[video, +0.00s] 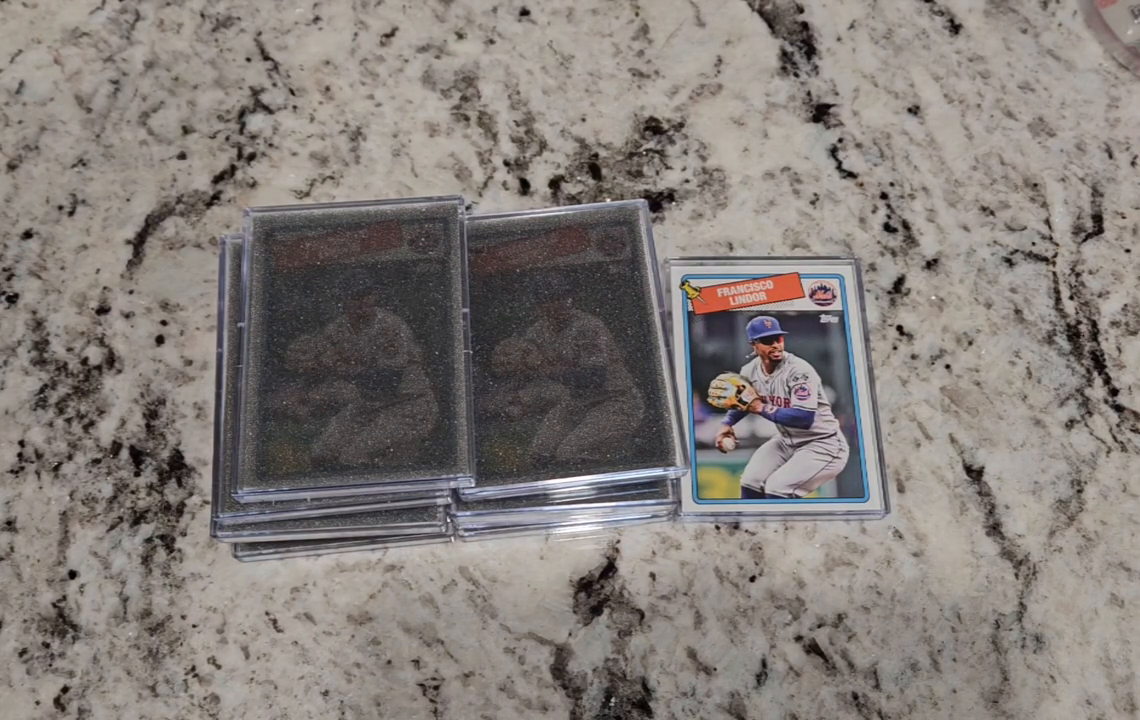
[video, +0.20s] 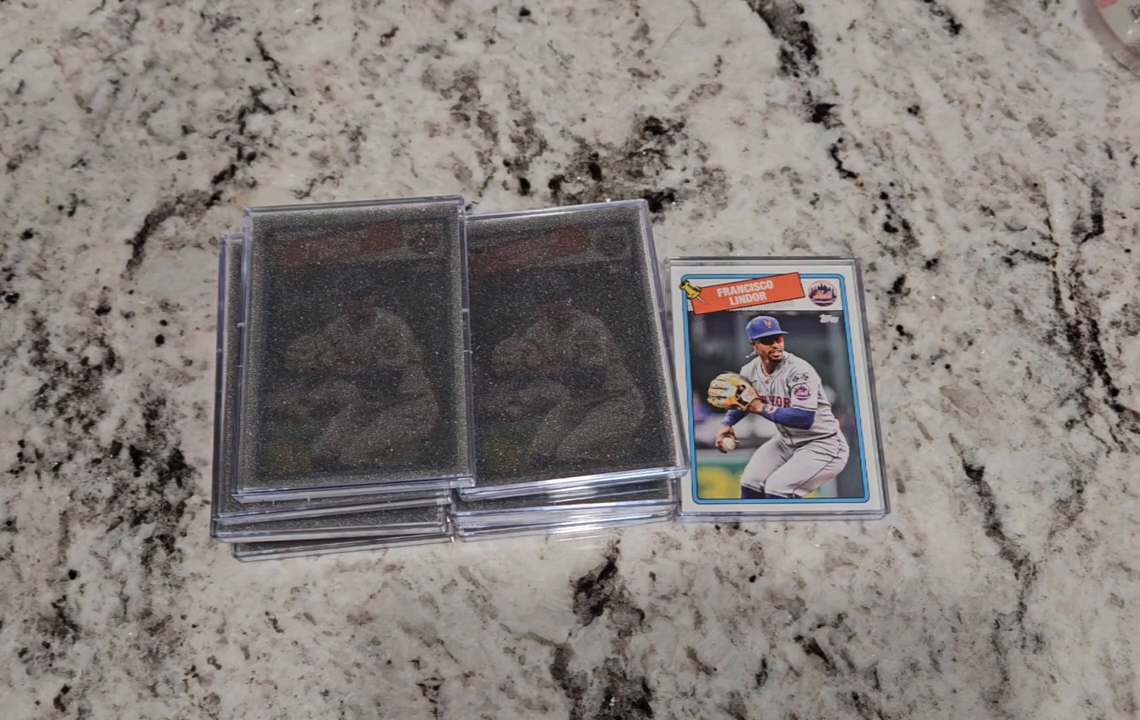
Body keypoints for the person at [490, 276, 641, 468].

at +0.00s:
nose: (554, 308)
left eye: (559, 300)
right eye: (548, 302)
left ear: (569, 300)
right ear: (539, 306)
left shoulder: (590, 327)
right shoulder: (537, 333)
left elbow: (594, 378)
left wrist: (546, 369)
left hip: (618, 403)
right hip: (574, 404)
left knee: (569, 453)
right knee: (539, 454)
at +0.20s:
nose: (553, 307)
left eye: (558, 300)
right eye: (547, 302)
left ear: (569, 300)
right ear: (540, 306)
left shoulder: (589, 327)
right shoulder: (538, 332)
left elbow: (593, 379)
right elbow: (502, 357)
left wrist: (545, 369)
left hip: (619, 403)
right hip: (576, 403)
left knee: (568, 453)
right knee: (540, 451)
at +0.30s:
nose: (553, 308)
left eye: (558, 300)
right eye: (547, 302)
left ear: (569, 300)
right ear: (540, 306)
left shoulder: (589, 327)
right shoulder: (539, 332)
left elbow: (593, 379)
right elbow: (501, 357)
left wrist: (545, 369)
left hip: (619, 403)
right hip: (576, 404)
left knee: (569, 453)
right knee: (540, 452)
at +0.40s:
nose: (555, 307)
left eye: (559, 300)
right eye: (548, 302)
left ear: (569, 300)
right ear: (540, 306)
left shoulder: (590, 327)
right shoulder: (538, 332)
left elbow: (594, 378)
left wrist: (548, 370)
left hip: (619, 402)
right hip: (575, 403)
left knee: (569, 452)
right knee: (540, 451)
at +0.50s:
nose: (553, 308)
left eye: (558, 300)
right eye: (546, 302)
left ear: (569, 300)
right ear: (539, 306)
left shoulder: (590, 327)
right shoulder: (538, 332)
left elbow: (594, 380)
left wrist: (547, 370)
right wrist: (518, 403)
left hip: (619, 402)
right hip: (575, 403)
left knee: (569, 453)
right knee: (539, 452)